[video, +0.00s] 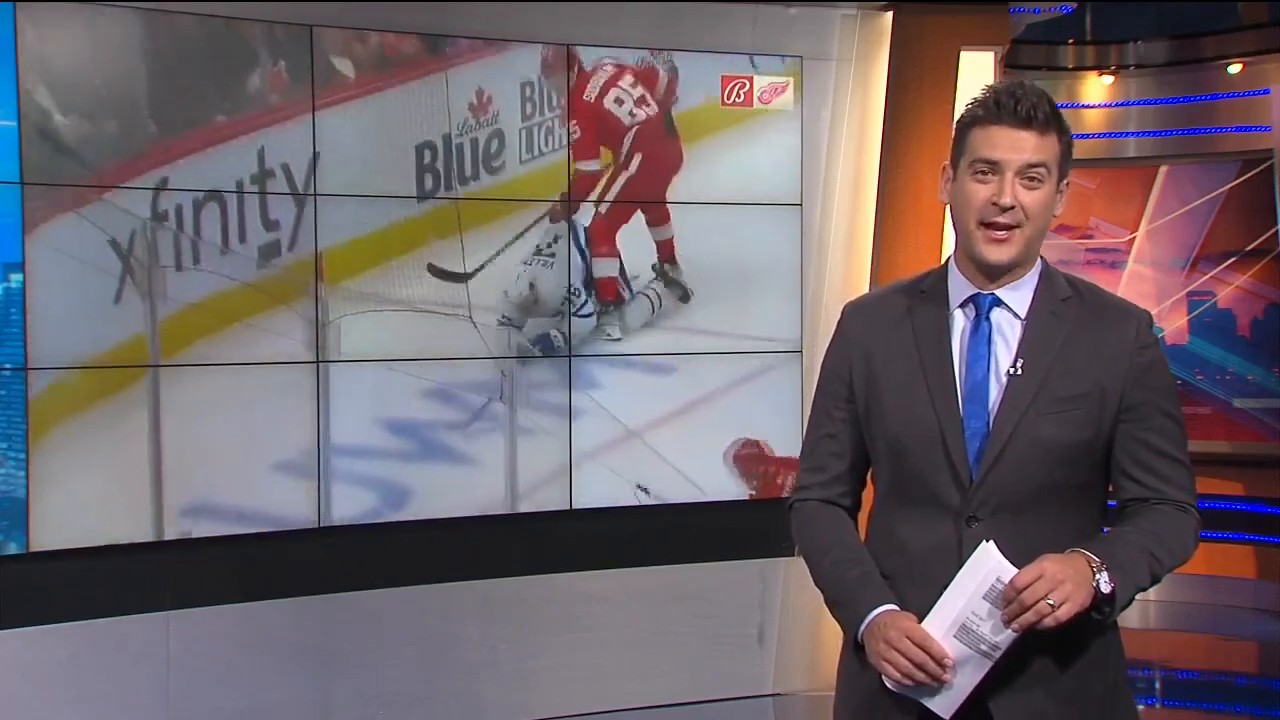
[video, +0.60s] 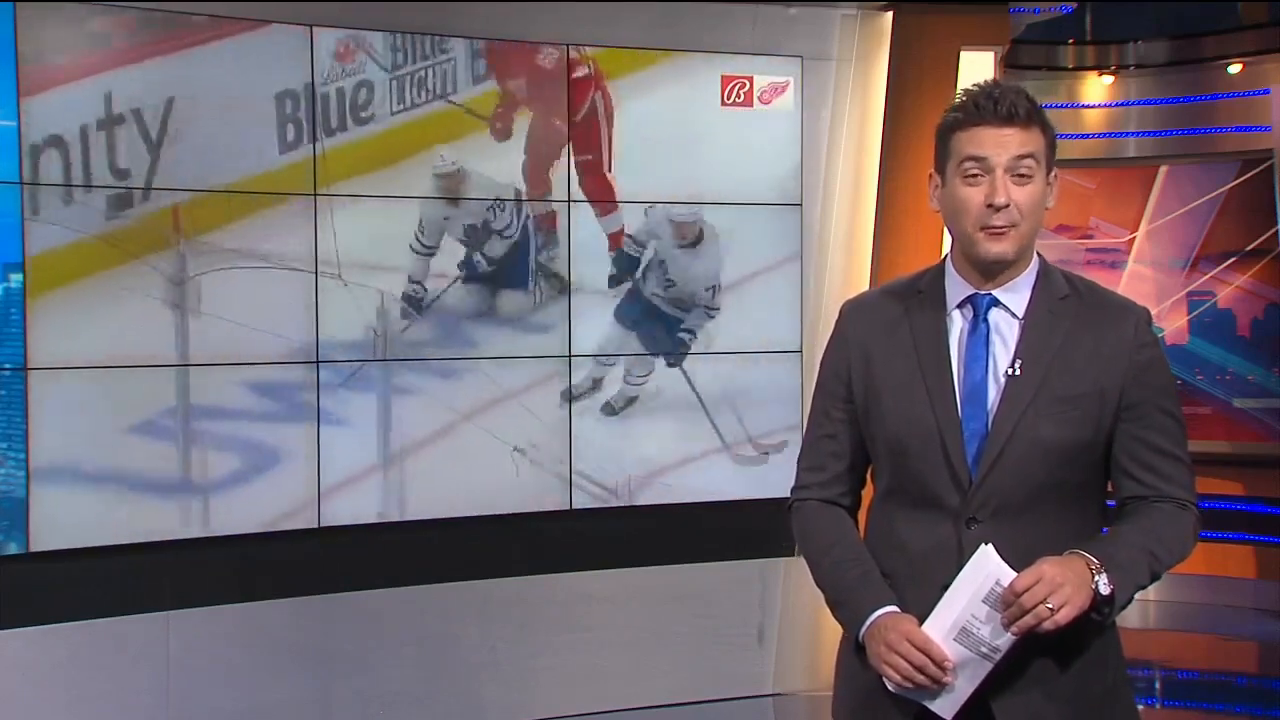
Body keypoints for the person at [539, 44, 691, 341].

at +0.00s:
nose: (551, 86)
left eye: (550, 79)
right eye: (548, 79)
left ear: (562, 73)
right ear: (575, 63)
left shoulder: (577, 104)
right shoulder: (607, 66)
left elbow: (589, 172)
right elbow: (663, 78)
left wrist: (565, 206)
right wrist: (657, 113)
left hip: (642, 160)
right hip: (672, 149)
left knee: (599, 227)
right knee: (652, 199)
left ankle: (610, 312)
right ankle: (670, 267)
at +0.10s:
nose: (553, 60)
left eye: (553, 53)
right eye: (550, 53)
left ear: (569, 51)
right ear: (576, 46)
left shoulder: (585, 85)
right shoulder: (609, 46)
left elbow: (610, 143)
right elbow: (657, 56)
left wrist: (575, 167)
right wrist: (653, 89)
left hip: (642, 143)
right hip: (662, 130)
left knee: (605, 216)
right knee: (637, 191)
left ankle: (614, 293)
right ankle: (662, 252)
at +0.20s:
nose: (566, 45)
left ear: (575, 43)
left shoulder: (598, 65)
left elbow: (629, 120)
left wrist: (588, 149)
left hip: (643, 129)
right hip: (651, 120)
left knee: (616, 202)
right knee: (630, 189)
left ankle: (629, 283)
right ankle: (657, 244)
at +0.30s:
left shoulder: (607, 50)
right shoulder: (586, 50)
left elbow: (639, 96)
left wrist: (605, 132)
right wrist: (580, 86)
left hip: (652, 108)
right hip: (630, 109)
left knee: (631, 184)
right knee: (614, 172)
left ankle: (657, 270)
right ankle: (654, 245)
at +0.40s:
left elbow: (636, 72)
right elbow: (568, 61)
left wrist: (607, 108)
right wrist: (552, 82)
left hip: (645, 88)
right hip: (616, 94)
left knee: (637, 169)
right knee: (599, 155)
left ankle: (667, 256)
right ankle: (628, 220)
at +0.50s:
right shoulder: (531, 42)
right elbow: (538, 73)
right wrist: (523, 102)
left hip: (615, 86)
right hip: (579, 96)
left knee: (620, 168)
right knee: (569, 166)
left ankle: (651, 253)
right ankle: (585, 237)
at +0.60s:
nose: (514, 90)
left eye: (518, 82)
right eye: (508, 84)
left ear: (526, 67)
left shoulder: (546, 52)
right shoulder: (500, 56)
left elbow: (584, 80)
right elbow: (510, 92)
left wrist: (563, 117)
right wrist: (502, 116)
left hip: (587, 99)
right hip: (547, 108)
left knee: (592, 178)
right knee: (533, 171)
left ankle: (620, 253)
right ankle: (547, 244)